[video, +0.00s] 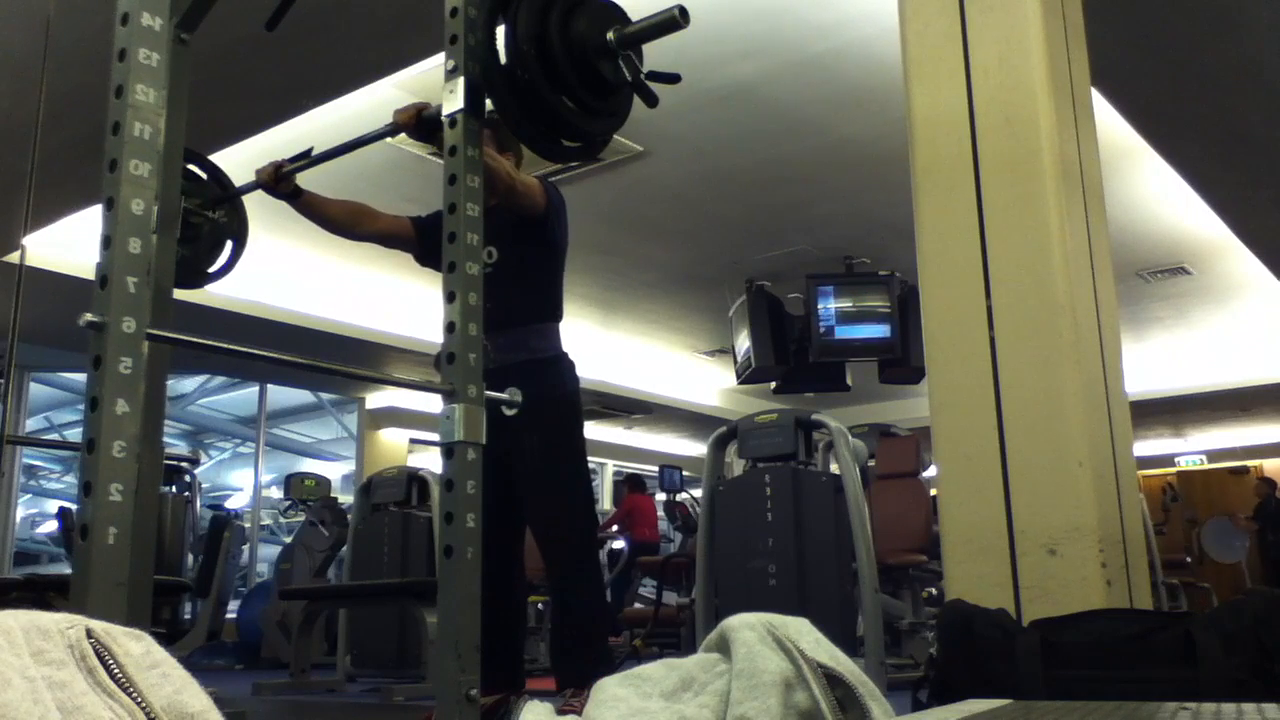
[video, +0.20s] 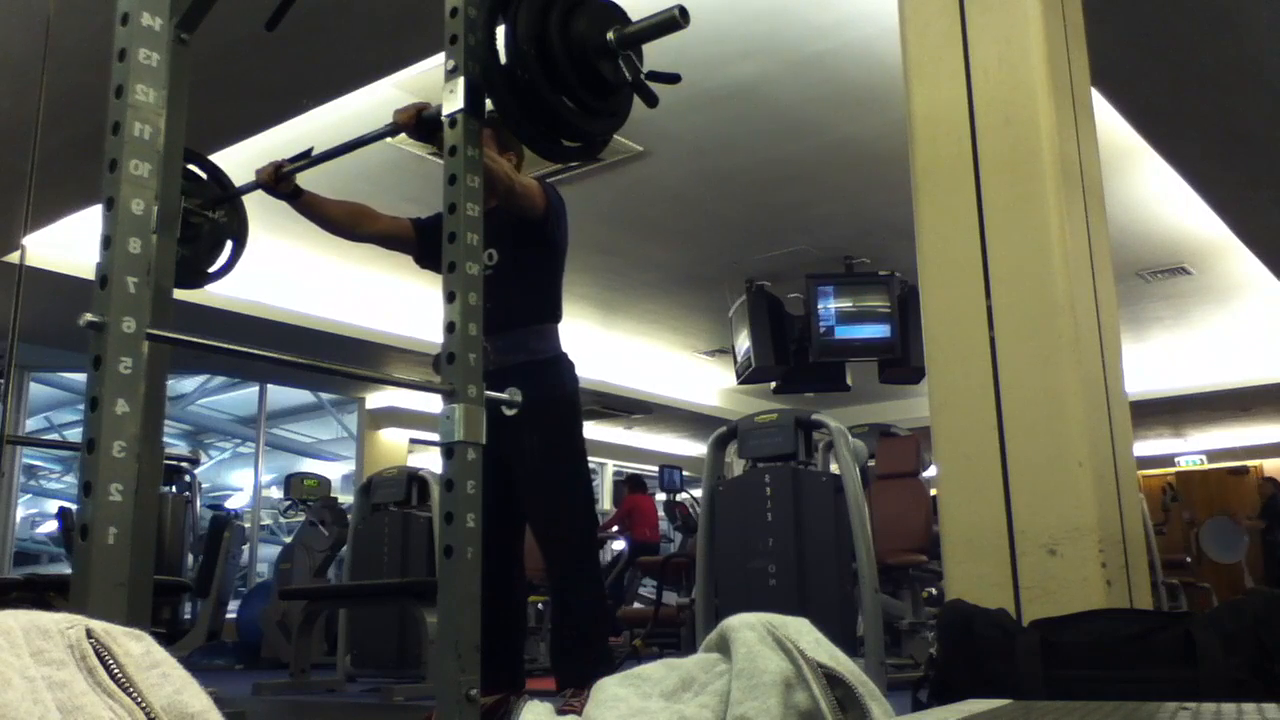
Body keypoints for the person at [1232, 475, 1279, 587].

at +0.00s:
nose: (1255, 487)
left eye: (1259, 485)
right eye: (1256, 484)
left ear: (1266, 489)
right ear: (1268, 489)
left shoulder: (1264, 505)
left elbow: (1255, 524)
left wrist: (1240, 522)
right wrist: (1244, 520)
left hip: (1268, 550)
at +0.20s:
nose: (1260, 489)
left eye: (1263, 486)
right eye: (1260, 486)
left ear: (1272, 488)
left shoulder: (1272, 502)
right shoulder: (1268, 501)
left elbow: (1262, 523)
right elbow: (1261, 519)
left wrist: (1244, 523)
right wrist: (1247, 519)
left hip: (1272, 544)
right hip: (1270, 543)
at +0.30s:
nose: (1264, 488)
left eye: (1267, 485)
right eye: (1264, 485)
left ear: (1274, 487)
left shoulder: (1274, 502)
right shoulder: (1271, 501)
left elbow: (1267, 522)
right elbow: (1265, 518)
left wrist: (1247, 521)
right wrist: (1251, 517)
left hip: (1274, 543)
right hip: (1271, 542)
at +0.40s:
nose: (1267, 488)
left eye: (1270, 485)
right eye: (1267, 485)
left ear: (1276, 487)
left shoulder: (1276, 502)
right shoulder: (1272, 501)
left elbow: (1269, 521)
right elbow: (1267, 519)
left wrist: (1248, 520)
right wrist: (1252, 516)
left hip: (1275, 544)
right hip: (1271, 542)